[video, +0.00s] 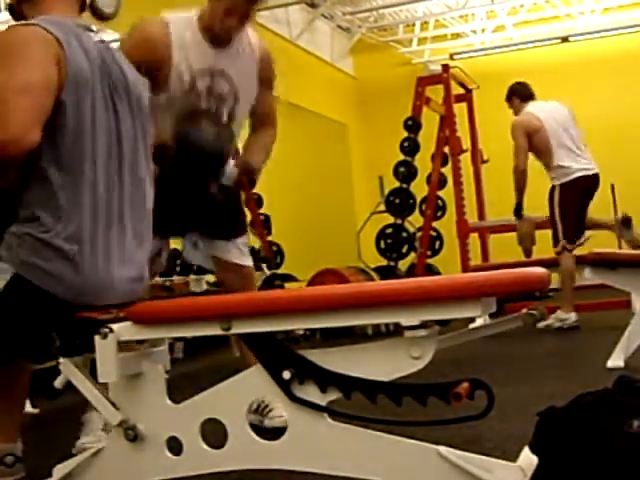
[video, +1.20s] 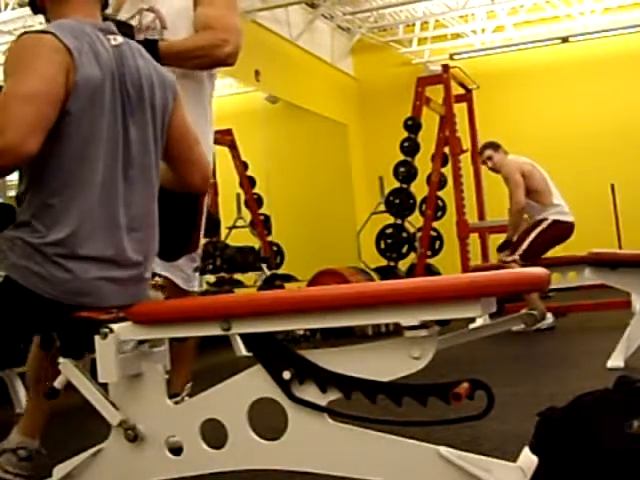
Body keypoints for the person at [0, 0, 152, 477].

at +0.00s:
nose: (14, 8)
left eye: (15, 5)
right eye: (17, 7)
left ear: (22, 2)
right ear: (82, 5)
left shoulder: (31, 38)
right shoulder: (126, 69)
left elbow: (16, 135)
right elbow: (143, 161)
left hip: (53, 269)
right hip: (127, 272)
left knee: (9, 354)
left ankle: (8, 452)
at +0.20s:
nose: (22, 10)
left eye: (24, 7)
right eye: (24, 8)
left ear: (32, 4)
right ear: (95, 6)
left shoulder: (35, 42)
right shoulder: (142, 74)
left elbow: (13, 141)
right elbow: (176, 183)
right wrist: (114, 209)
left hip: (39, 276)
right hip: (118, 283)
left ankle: (8, 451)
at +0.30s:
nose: (30, 11)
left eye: (31, 9)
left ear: (40, 4)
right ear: (108, 7)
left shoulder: (37, 41)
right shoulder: (149, 74)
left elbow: (10, 143)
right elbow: (191, 176)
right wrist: (121, 207)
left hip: (40, 276)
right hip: (120, 281)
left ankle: (7, 446)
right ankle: (7, 444)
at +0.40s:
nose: (34, 8)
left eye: (36, 5)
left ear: (44, 3)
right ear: (107, 3)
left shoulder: (37, 42)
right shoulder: (152, 72)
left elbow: (10, 143)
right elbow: (194, 175)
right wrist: (125, 198)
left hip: (38, 280)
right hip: (121, 286)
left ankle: (8, 450)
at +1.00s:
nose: (38, 10)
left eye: (40, 7)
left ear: (45, 3)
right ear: (105, 5)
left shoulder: (41, 46)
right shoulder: (154, 74)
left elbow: (11, 147)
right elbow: (194, 175)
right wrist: (130, 159)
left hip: (40, 283)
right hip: (125, 289)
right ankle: (37, 436)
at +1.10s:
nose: (35, 11)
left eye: (35, 8)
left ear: (42, 4)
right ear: (102, 4)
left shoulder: (44, 45)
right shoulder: (152, 71)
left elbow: (15, 143)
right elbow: (195, 176)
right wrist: (130, 161)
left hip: (41, 280)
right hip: (125, 287)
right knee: (61, 349)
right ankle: (35, 442)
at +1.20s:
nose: (35, 11)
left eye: (35, 8)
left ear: (42, 4)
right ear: (103, 4)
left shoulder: (46, 45)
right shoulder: (152, 71)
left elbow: (18, 142)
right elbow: (195, 175)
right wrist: (131, 159)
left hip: (42, 277)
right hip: (125, 284)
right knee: (50, 337)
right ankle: (28, 439)